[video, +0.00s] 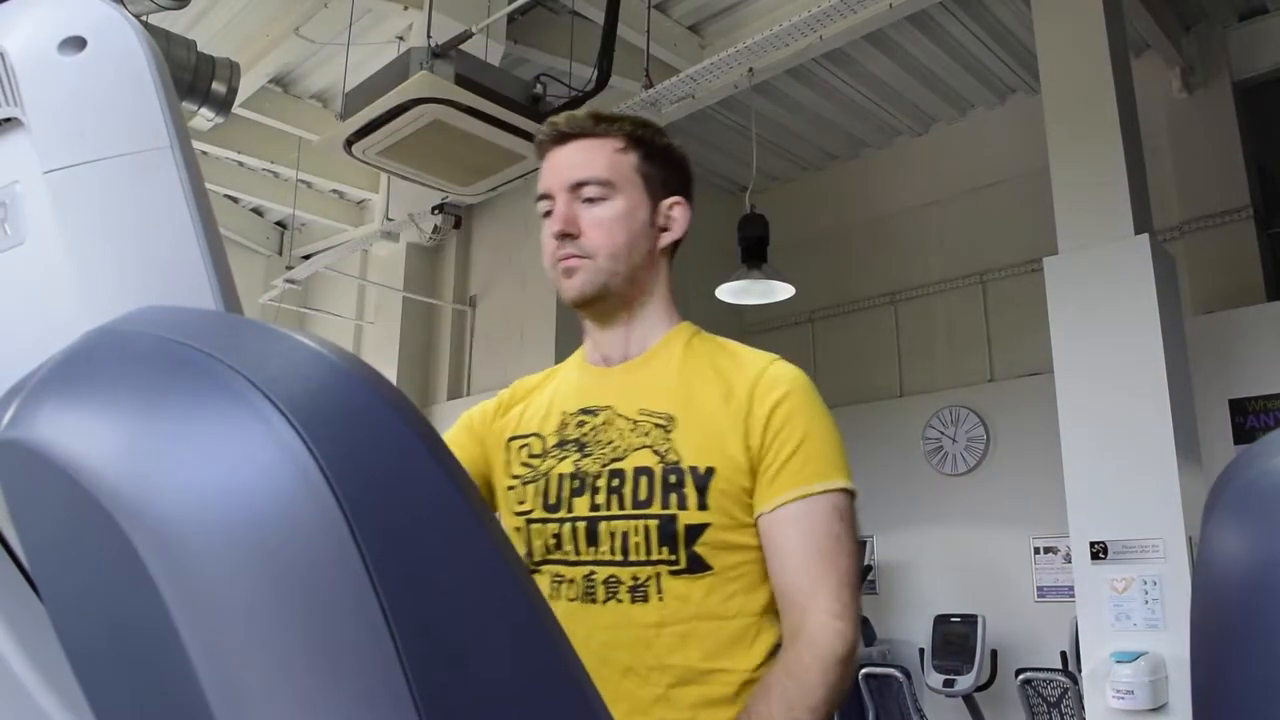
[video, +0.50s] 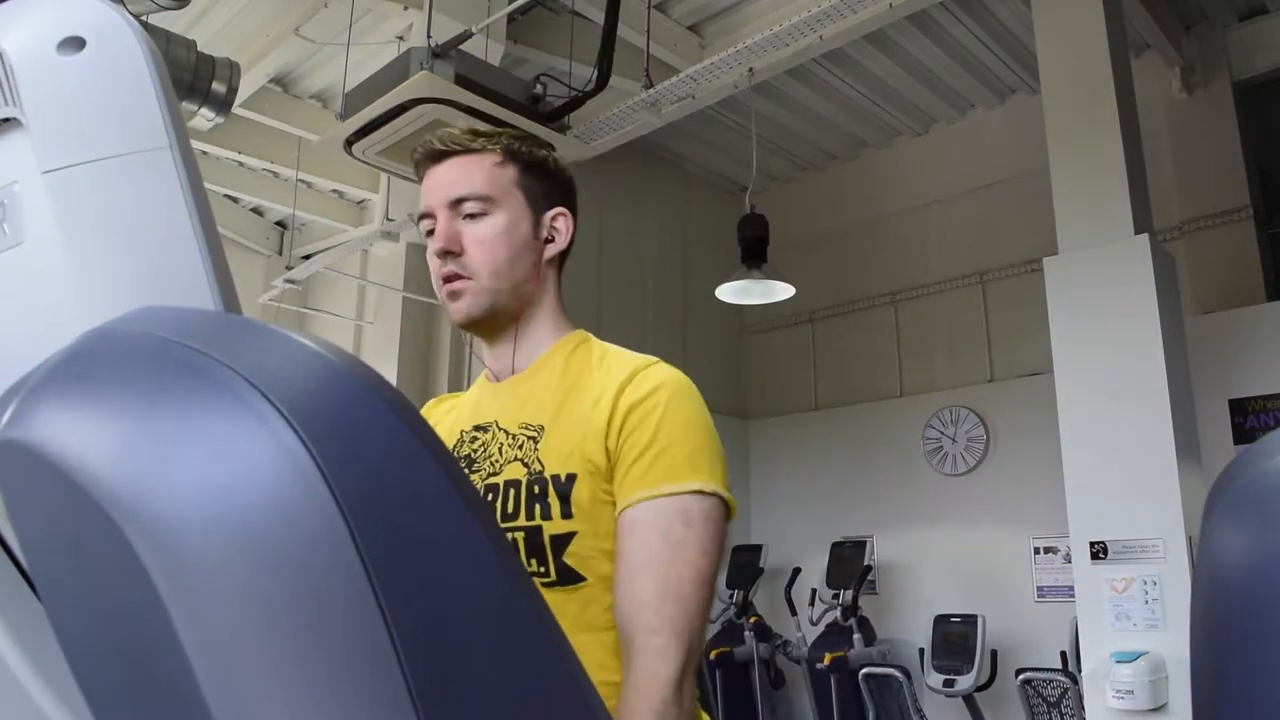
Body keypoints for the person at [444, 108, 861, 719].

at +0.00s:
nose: (559, 225)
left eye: (591, 197)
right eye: (547, 207)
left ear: (668, 222)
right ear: (539, 231)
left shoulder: (767, 394)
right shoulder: (497, 424)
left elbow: (821, 640)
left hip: (717, 702)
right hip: (540, 704)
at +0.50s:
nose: (441, 243)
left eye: (472, 213)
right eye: (429, 226)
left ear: (553, 233)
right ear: (424, 247)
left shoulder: (648, 396)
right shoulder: (430, 427)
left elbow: (660, 668)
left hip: (595, 706)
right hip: (450, 703)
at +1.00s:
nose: (493, 238)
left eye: (526, 206)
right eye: (483, 220)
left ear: (610, 230)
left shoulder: (708, 417)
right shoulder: (449, 437)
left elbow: (719, 693)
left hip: (637, 706)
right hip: (463, 703)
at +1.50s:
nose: (517, 217)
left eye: (552, 190)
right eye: (508, 203)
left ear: (635, 222)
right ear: (503, 231)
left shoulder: (734, 405)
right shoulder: (465, 429)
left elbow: (766, 675)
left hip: (673, 704)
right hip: (490, 703)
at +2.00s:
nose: (465, 226)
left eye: (497, 197)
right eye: (454, 211)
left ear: (574, 218)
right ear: (446, 237)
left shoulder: (673, 376)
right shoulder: (432, 418)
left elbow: (695, 631)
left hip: (619, 701)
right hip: (461, 702)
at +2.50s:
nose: (469, 239)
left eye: (500, 207)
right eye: (464, 219)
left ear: (588, 224)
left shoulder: (697, 406)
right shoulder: (446, 427)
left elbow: (746, 671)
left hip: (646, 704)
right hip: (463, 703)